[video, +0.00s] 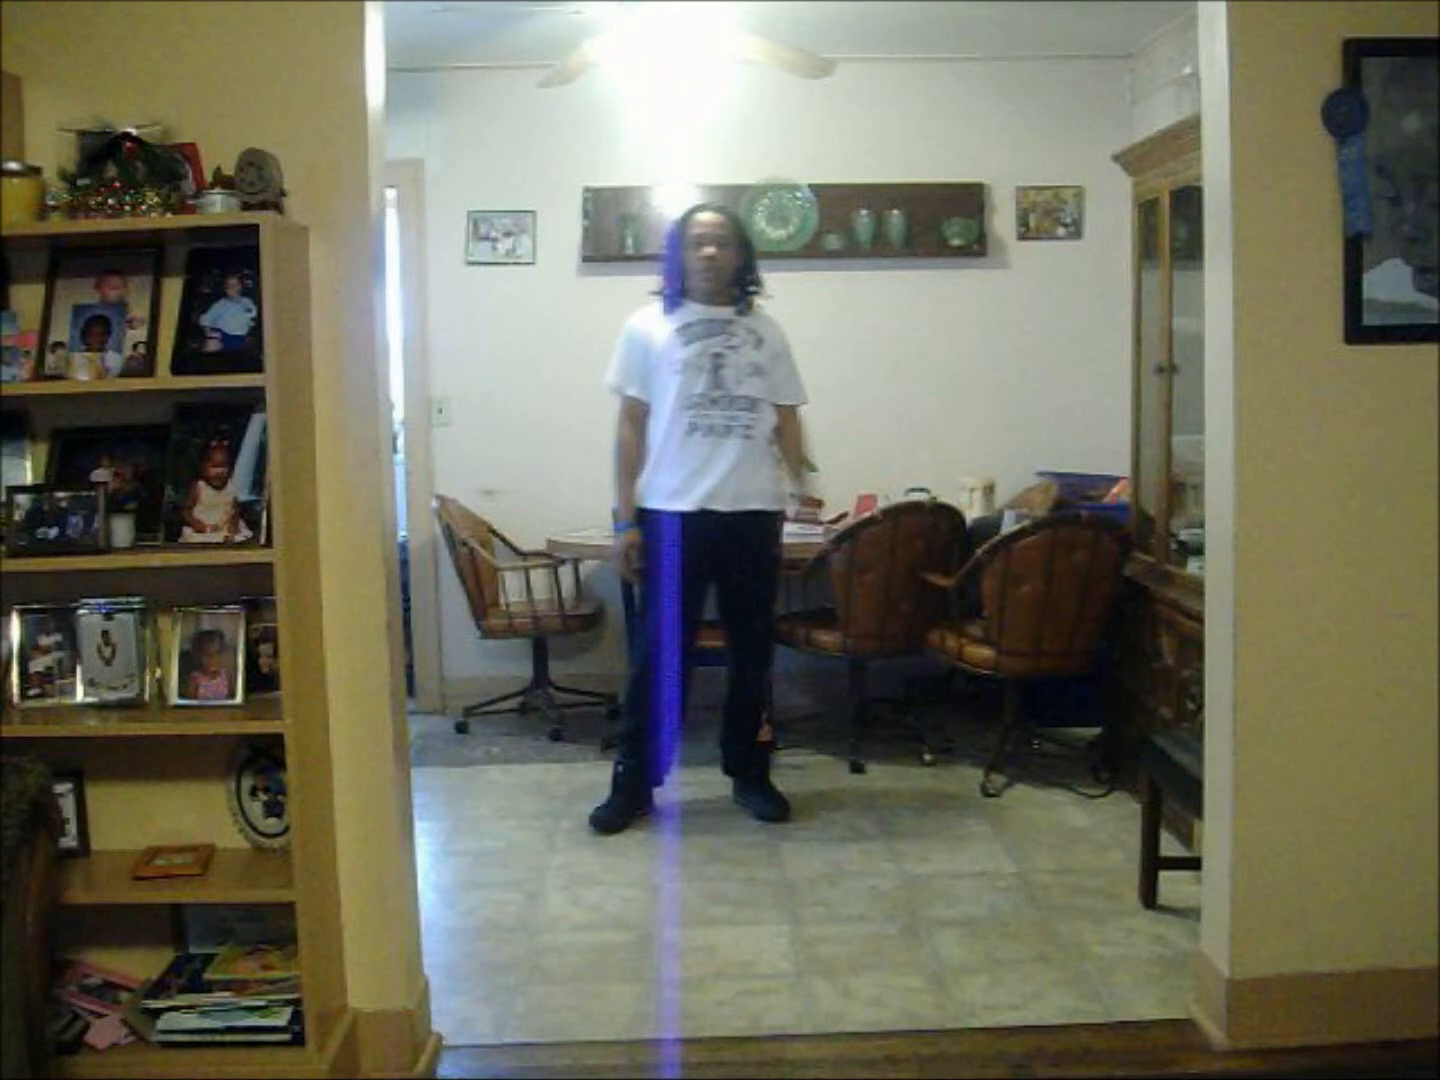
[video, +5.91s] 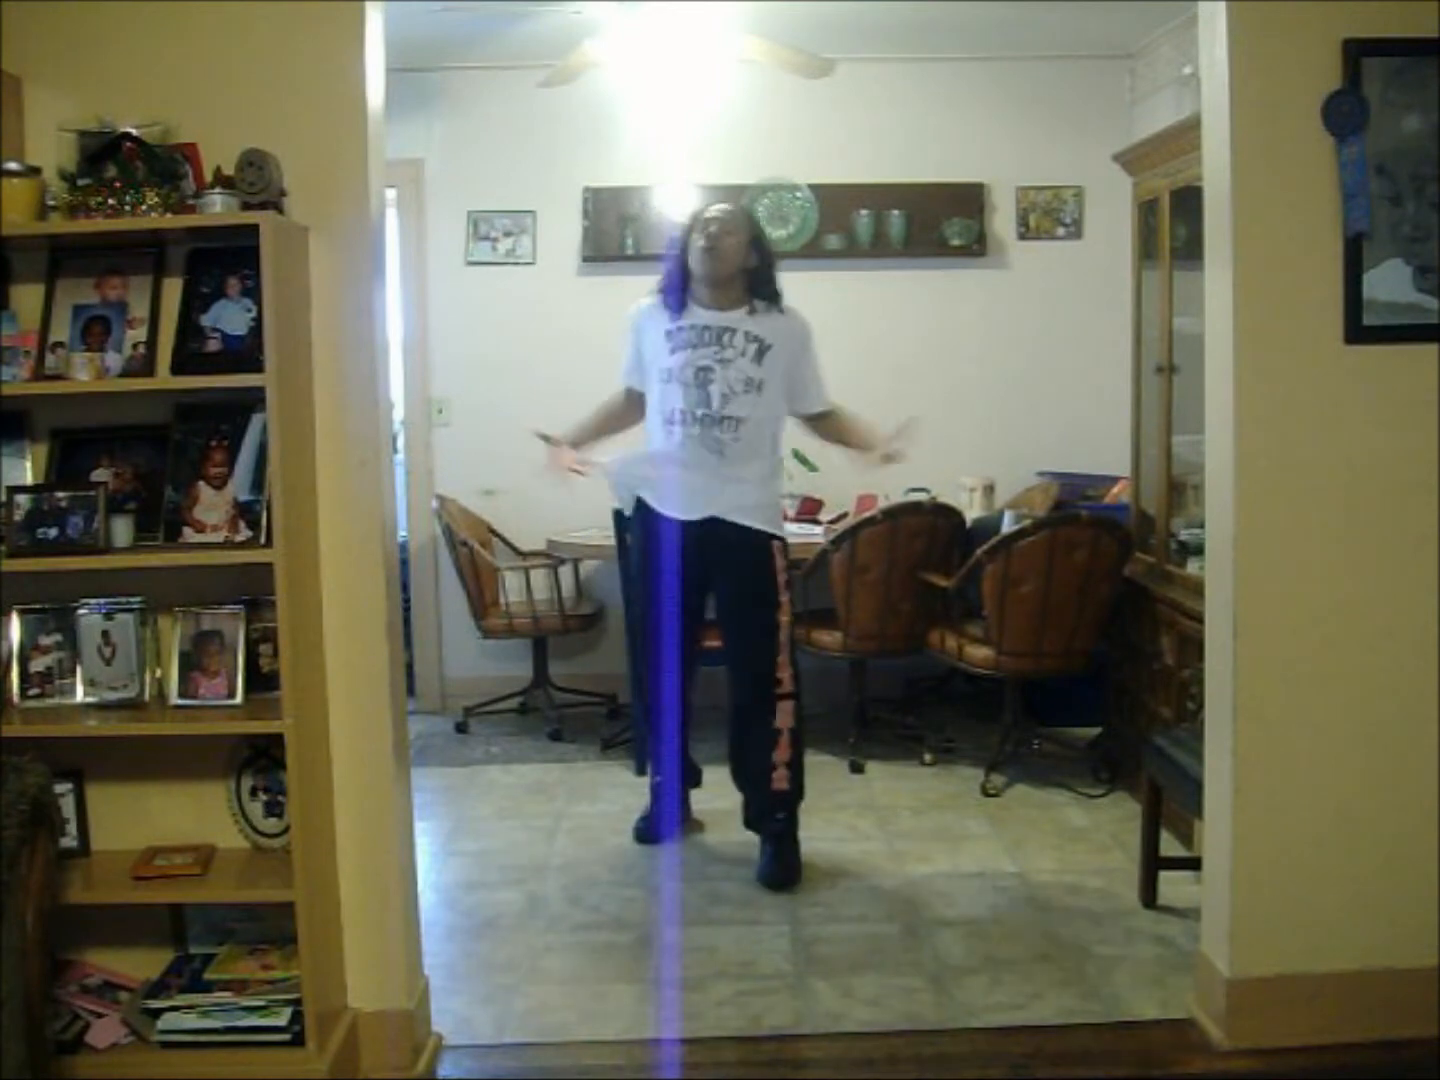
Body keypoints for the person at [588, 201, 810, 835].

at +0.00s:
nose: (710, 253)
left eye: (722, 243)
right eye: (698, 243)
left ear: (742, 258)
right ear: (677, 258)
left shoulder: (763, 329)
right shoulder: (648, 327)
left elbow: (786, 417)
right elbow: (632, 425)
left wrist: (802, 482)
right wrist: (625, 518)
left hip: (753, 513)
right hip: (673, 512)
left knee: (751, 655)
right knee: (656, 655)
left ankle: (750, 774)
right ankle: (633, 785)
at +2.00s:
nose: (749, 248)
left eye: (760, 236)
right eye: (735, 237)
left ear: (777, 247)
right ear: (708, 249)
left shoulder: (808, 326)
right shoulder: (672, 324)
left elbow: (838, 420)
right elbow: (647, 416)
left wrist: (828, 508)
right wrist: (650, 510)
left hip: (776, 532)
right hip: (693, 527)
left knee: (774, 678)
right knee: (699, 676)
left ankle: (774, 809)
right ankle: (702, 812)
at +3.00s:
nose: (698, 257)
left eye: (708, 244)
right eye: (684, 248)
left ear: (730, 252)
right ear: (663, 262)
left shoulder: (769, 329)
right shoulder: (650, 333)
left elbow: (806, 422)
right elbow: (632, 412)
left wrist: (746, 490)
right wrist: (642, 465)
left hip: (739, 518)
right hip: (667, 514)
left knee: (750, 659)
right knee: (664, 655)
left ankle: (772, 801)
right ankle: (676, 782)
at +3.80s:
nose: (682, 259)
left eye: (693, 246)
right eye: (669, 248)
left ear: (715, 255)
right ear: (649, 260)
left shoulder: (754, 329)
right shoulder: (633, 339)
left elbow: (788, 417)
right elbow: (608, 428)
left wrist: (837, 483)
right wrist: (571, 509)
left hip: (728, 517)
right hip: (648, 515)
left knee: (746, 657)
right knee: (659, 659)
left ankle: (776, 796)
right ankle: (674, 784)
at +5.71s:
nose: (700, 245)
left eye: (712, 235)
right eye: (686, 237)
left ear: (733, 252)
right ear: (663, 257)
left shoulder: (765, 331)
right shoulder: (633, 329)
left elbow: (777, 428)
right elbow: (604, 421)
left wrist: (791, 506)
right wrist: (603, 498)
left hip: (736, 525)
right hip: (653, 522)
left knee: (748, 672)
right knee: (655, 669)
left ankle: (777, 820)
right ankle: (667, 795)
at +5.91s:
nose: (713, 237)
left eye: (729, 229)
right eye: (703, 227)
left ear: (752, 251)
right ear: (686, 246)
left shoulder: (784, 329)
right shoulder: (653, 320)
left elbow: (817, 412)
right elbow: (634, 399)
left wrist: (870, 441)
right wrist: (572, 437)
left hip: (746, 514)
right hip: (663, 511)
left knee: (763, 668)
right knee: (661, 661)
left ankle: (777, 823)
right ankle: (668, 797)